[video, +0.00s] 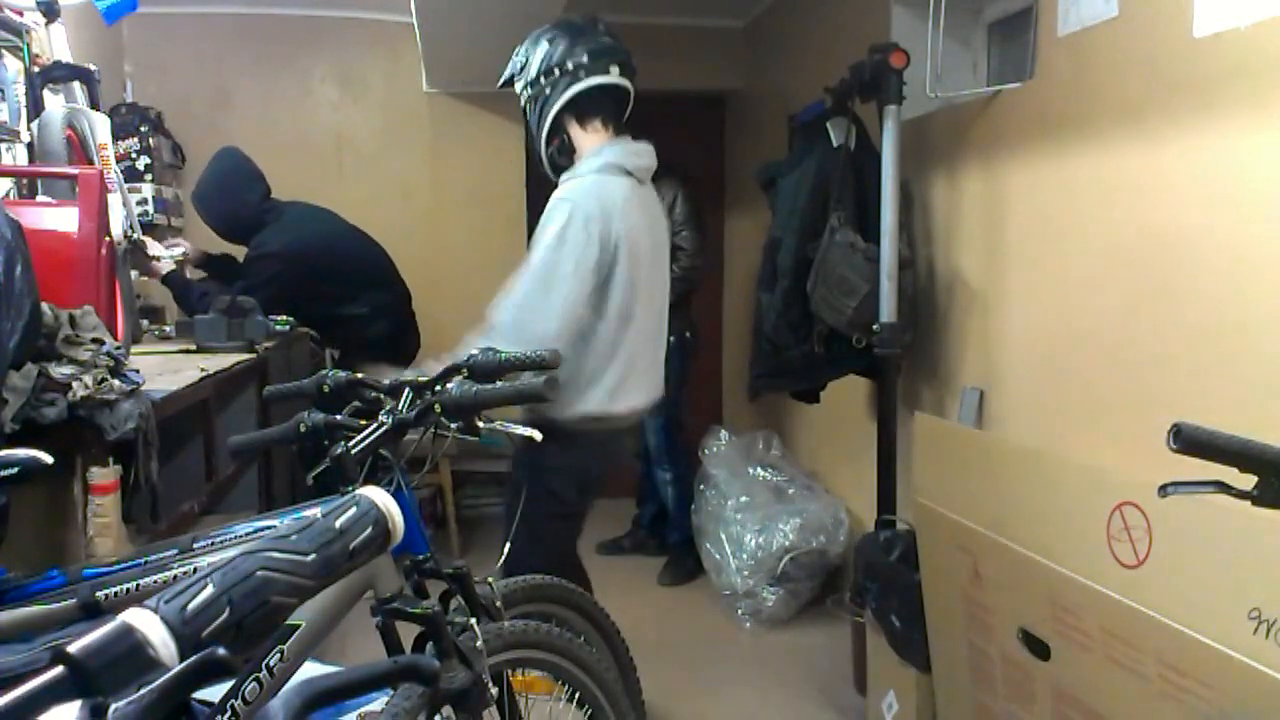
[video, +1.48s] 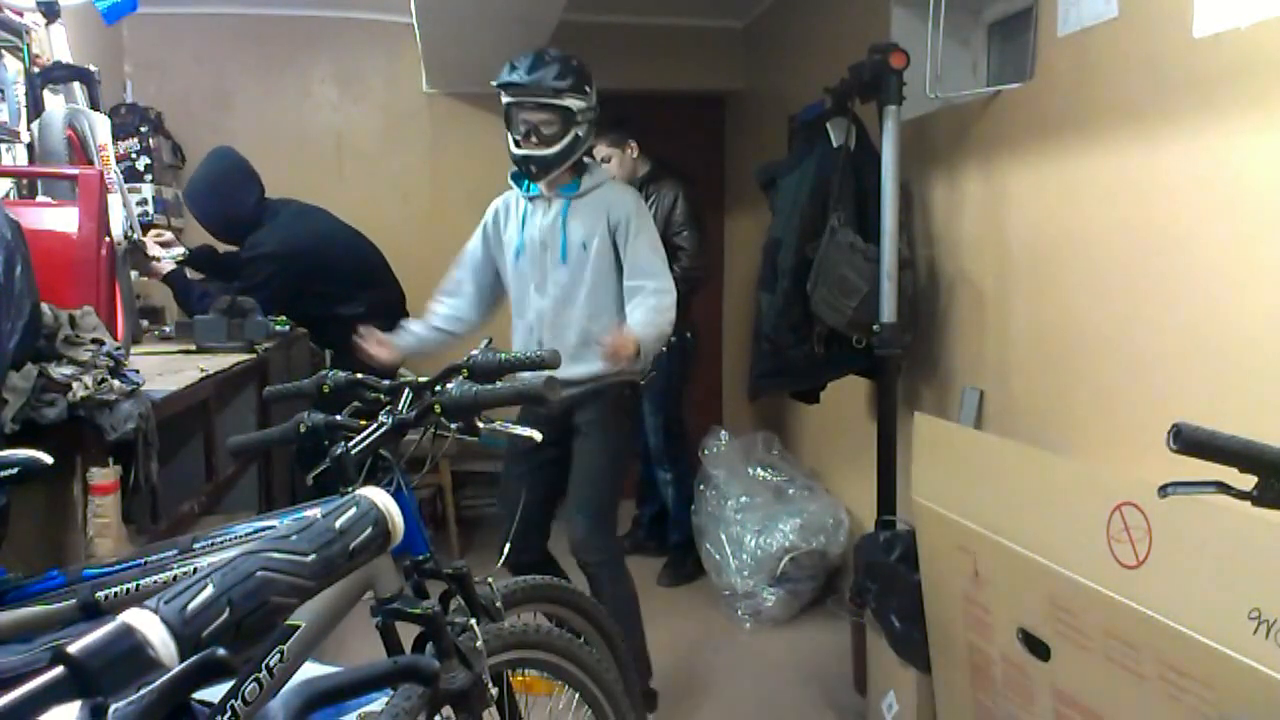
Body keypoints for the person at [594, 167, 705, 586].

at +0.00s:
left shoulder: (667, 189)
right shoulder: (612, 199)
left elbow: (688, 261)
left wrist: (649, 296)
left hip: (668, 328)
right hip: (633, 327)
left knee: (663, 431)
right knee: (644, 431)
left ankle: (684, 541)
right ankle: (649, 526)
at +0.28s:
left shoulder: (667, 190)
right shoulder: (606, 200)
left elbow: (689, 261)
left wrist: (651, 301)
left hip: (666, 331)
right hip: (631, 329)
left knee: (664, 433)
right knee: (643, 433)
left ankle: (684, 541)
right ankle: (650, 526)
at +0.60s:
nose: (611, 169)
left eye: (613, 163)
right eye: (608, 164)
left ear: (631, 157)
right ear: (616, 162)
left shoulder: (668, 192)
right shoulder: (616, 199)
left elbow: (689, 264)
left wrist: (647, 304)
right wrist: (617, 303)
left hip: (667, 330)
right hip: (634, 330)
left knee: (662, 434)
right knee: (640, 436)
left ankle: (685, 542)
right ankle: (650, 527)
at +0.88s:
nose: (611, 169)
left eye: (614, 159)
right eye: (607, 163)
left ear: (634, 152)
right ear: (626, 156)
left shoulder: (669, 191)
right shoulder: (621, 196)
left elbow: (690, 260)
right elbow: (620, 256)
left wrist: (652, 299)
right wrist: (618, 297)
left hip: (664, 333)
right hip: (631, 332)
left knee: (663, 442)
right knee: (640, 441)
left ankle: (685, 545)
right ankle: (650, 529)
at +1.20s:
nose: (603, 170)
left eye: (607, 160)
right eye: (599, 163)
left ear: (632, 152)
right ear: (616, 161)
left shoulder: (668, 192)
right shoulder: (618, 201)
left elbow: (690, 260)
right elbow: (616, 261)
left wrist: (649, 302)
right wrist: (615, 302)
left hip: (665, 332)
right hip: (630, 332)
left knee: (664, 439)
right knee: (640, 439)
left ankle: (685, 545)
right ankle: (649, 528)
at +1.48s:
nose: (603, 169)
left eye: (607, 159)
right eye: (598, 162)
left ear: (632, 152)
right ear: (611, 160)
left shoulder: (668, 192)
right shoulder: (614, 200)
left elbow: (688, 261)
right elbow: (610, 264)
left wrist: (652, 307)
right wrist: (610, 306)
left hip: (665, 330)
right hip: (626, 330)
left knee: (663, 435)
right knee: (640, 437)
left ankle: (685, 543)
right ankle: (650, 526)